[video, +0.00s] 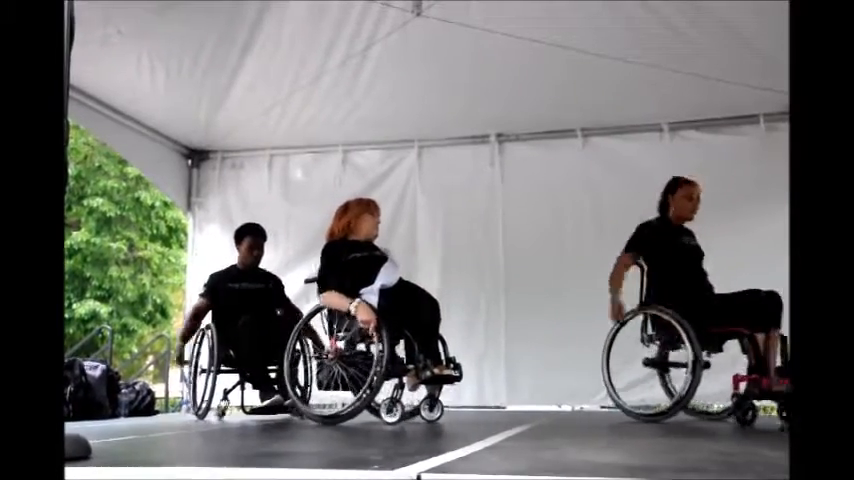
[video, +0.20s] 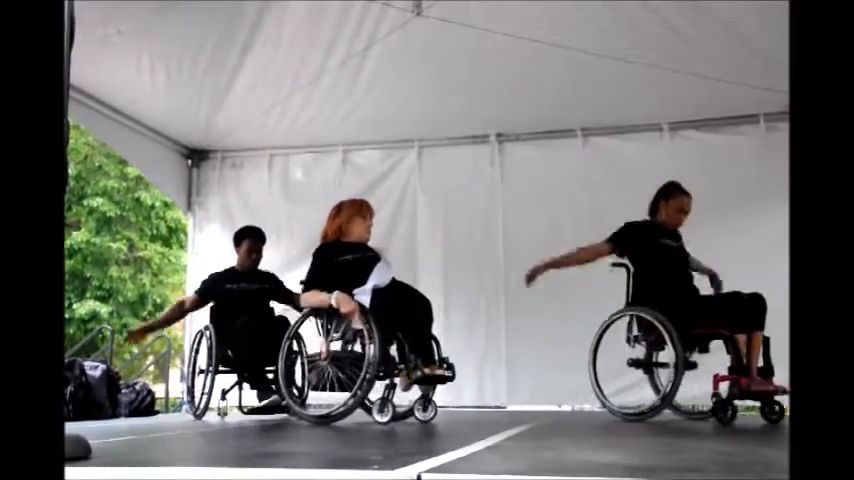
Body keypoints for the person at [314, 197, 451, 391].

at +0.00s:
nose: (378, 221)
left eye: (377, 217)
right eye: (373, 216)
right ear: (355, 221)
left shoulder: (372, 249)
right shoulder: (335, 249)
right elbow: (326, 295)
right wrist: (356, 306)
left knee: (428, 305)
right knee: (413, 312)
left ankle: (432, 364)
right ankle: (419, 368)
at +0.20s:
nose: (370, 224)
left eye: (370, 219)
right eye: (365, 219)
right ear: (346, 222)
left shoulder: (367, 251)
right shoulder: (327, 251)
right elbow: (306, 297)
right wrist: (334, 298)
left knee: (420, 305)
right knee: (405, 310)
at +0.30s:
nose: (365, 224)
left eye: (365, 219)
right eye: (359, 218)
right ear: (340, 222)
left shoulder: (362, 251)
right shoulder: (321, 251)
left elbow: (378, 273)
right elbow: (305, 281)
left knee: (415, 305)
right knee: (397, 312)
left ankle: (420, 362)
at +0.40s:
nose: (361, 227)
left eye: (362, 221)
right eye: (356, 221)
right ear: (338, 223)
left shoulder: (359, 252)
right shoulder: (318, 252)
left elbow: (378, 282)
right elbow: (292, 287)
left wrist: (413, 286)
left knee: (407, 302)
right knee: (401, 306)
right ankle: (415, 362)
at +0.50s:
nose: (358, 226)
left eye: (358, 221)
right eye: (353, 220)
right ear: (335, 222)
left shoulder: (362, 255)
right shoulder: (316, 250)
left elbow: (391, 267)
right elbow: (284, 269)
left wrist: (422, 261)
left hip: (363, 309)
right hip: (332, 313)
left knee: (404, 303)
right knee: (387, 307)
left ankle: (414, 361)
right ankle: (401, 363)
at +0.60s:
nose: (353, 225)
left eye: (354, 220)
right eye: (347, 219)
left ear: (355, 225)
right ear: (329, 223)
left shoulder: (362, 253)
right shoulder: (314, 250)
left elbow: (394, 257)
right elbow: (285, 253)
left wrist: (425, 243)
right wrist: (274, 223)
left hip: (359, 311)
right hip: (330, 314)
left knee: (401, 305)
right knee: (383, 309)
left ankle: (410, 362)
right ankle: (401, 363)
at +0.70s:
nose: (350, 225)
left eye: (351, 221)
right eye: (344, 220)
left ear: (353, 224)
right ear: (327, 223)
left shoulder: (360, 253)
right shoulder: (312, 250)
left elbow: (396, 251)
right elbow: (291, 248)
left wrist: (428, 232)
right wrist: (286, 215)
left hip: (360, 304)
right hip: (327, 310)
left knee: (398, 305)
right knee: (378, 313)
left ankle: (407, 362)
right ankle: (391, 364)